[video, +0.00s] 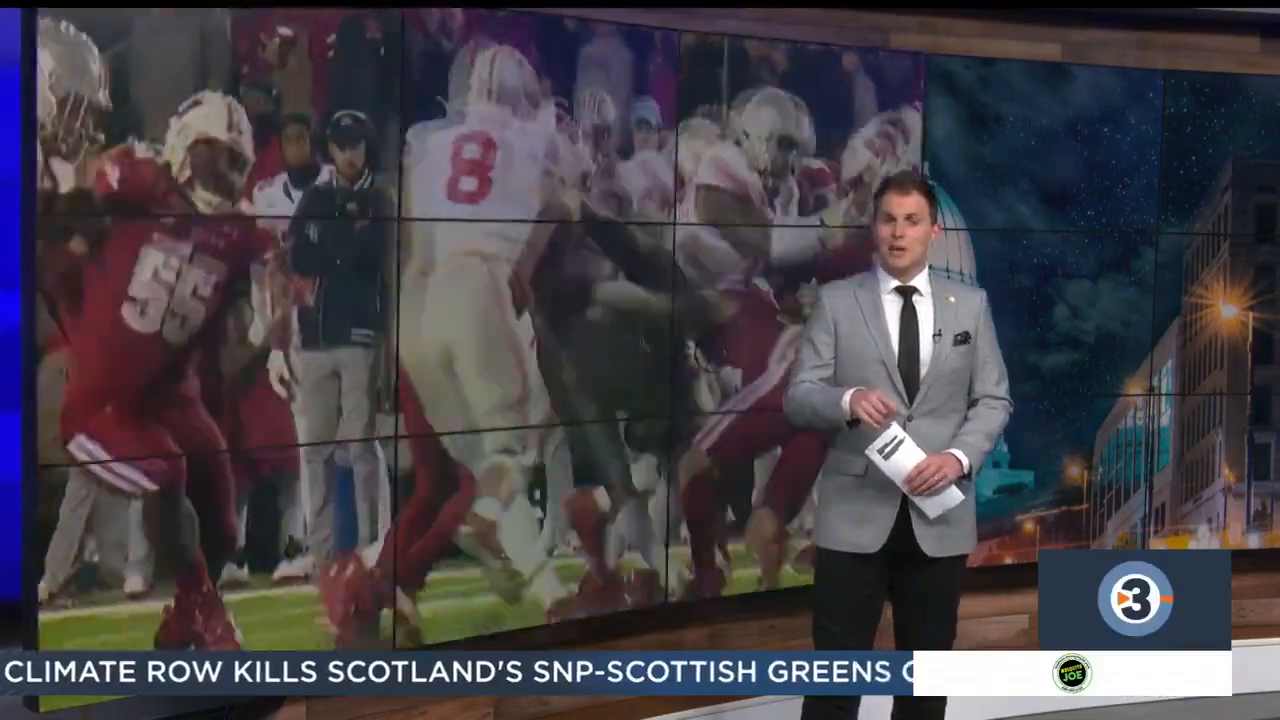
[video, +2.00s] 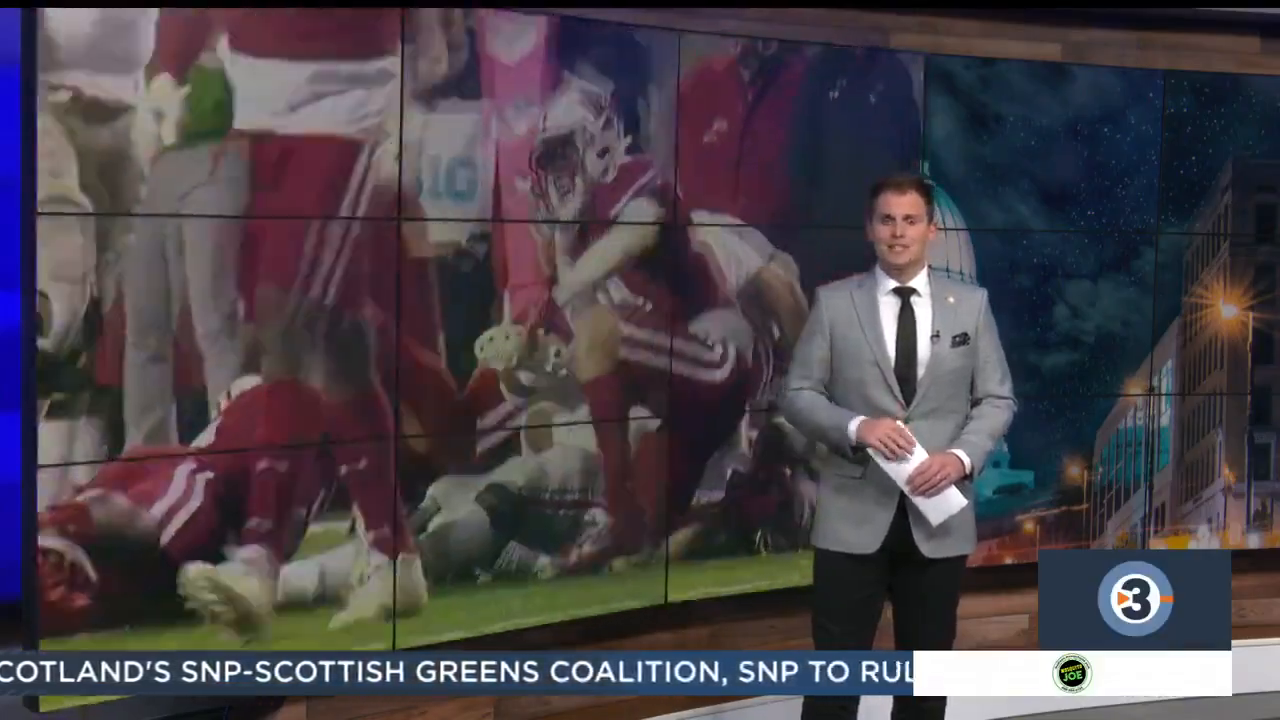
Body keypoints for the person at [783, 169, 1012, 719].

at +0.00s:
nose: (897, 232)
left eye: (911, 220)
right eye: (887, 220)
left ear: (934, 230)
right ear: (874, 229)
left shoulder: (970, 303)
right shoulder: (835, 301)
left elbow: (993, 401)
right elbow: (799, 397)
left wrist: (958, 456)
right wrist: (845, 400)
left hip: (938, 515)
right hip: (853, 512)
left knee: (927, 674)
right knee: (835, 672)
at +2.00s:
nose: (898, 232)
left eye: (910, 221)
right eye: (886, 220)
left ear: (931, 230)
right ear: (870, 230)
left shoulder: (970, 303)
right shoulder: (833, 302)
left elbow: (996, 400)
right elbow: (796, 393)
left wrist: (962, 456)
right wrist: (856, 427)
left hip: (937, 517)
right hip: (852, 515)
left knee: (928, 674)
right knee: (835, 672)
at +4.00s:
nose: (881, 228)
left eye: (894, 217)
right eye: (870, 218)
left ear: (915, 228)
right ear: (853, 230)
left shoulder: (955, 304)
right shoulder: (816, 301)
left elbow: (970, 402)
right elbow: (784, 393)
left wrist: (917, 439)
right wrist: (805, 412)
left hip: (917, 511)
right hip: (831, 510)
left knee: (915, 669)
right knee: (820, 668)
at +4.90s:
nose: (886, 232)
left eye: (898, 221)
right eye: (875, 221)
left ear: (919, 228)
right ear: (860, 230)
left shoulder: (961, 303)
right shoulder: (823, 302)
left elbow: (978, 401)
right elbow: (793, 394)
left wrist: (930, 441)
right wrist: (822, 416)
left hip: (926, 513)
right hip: (840, 512)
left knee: (921, 673)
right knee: (826, 673)